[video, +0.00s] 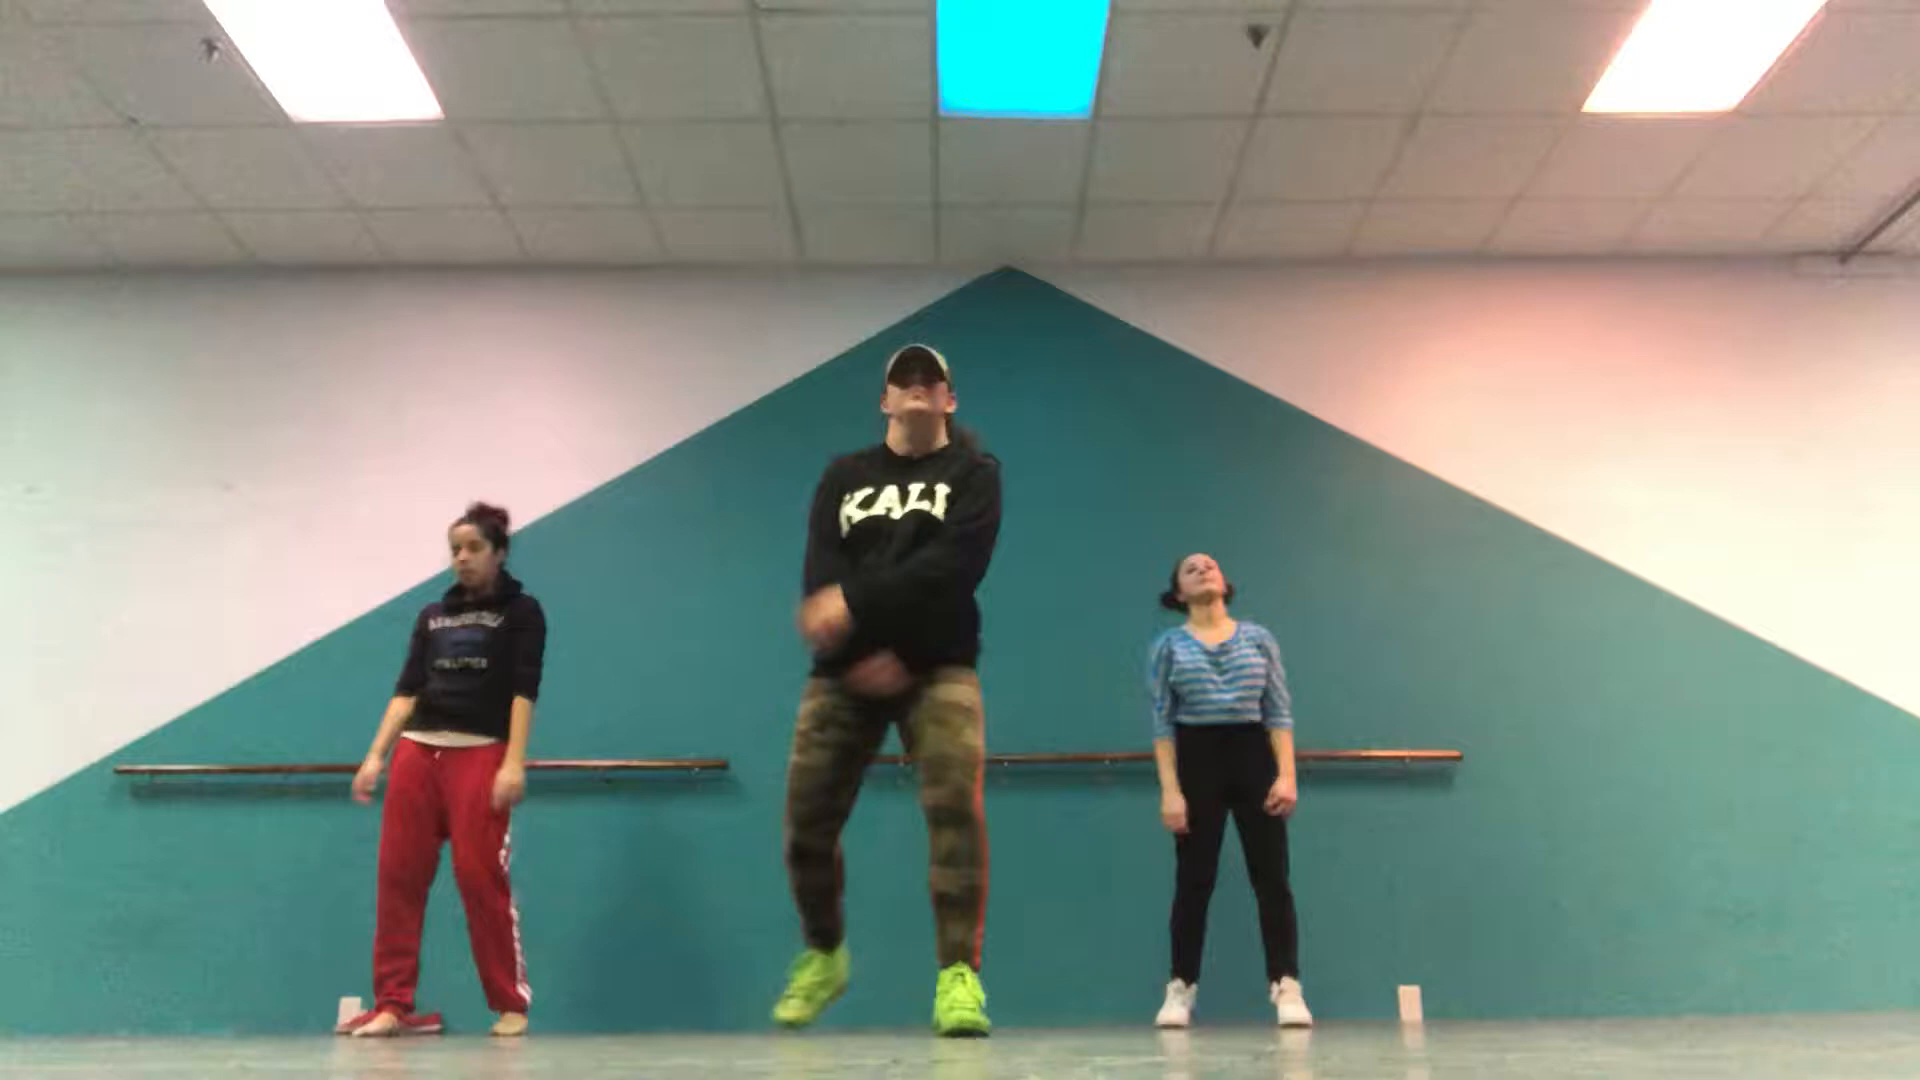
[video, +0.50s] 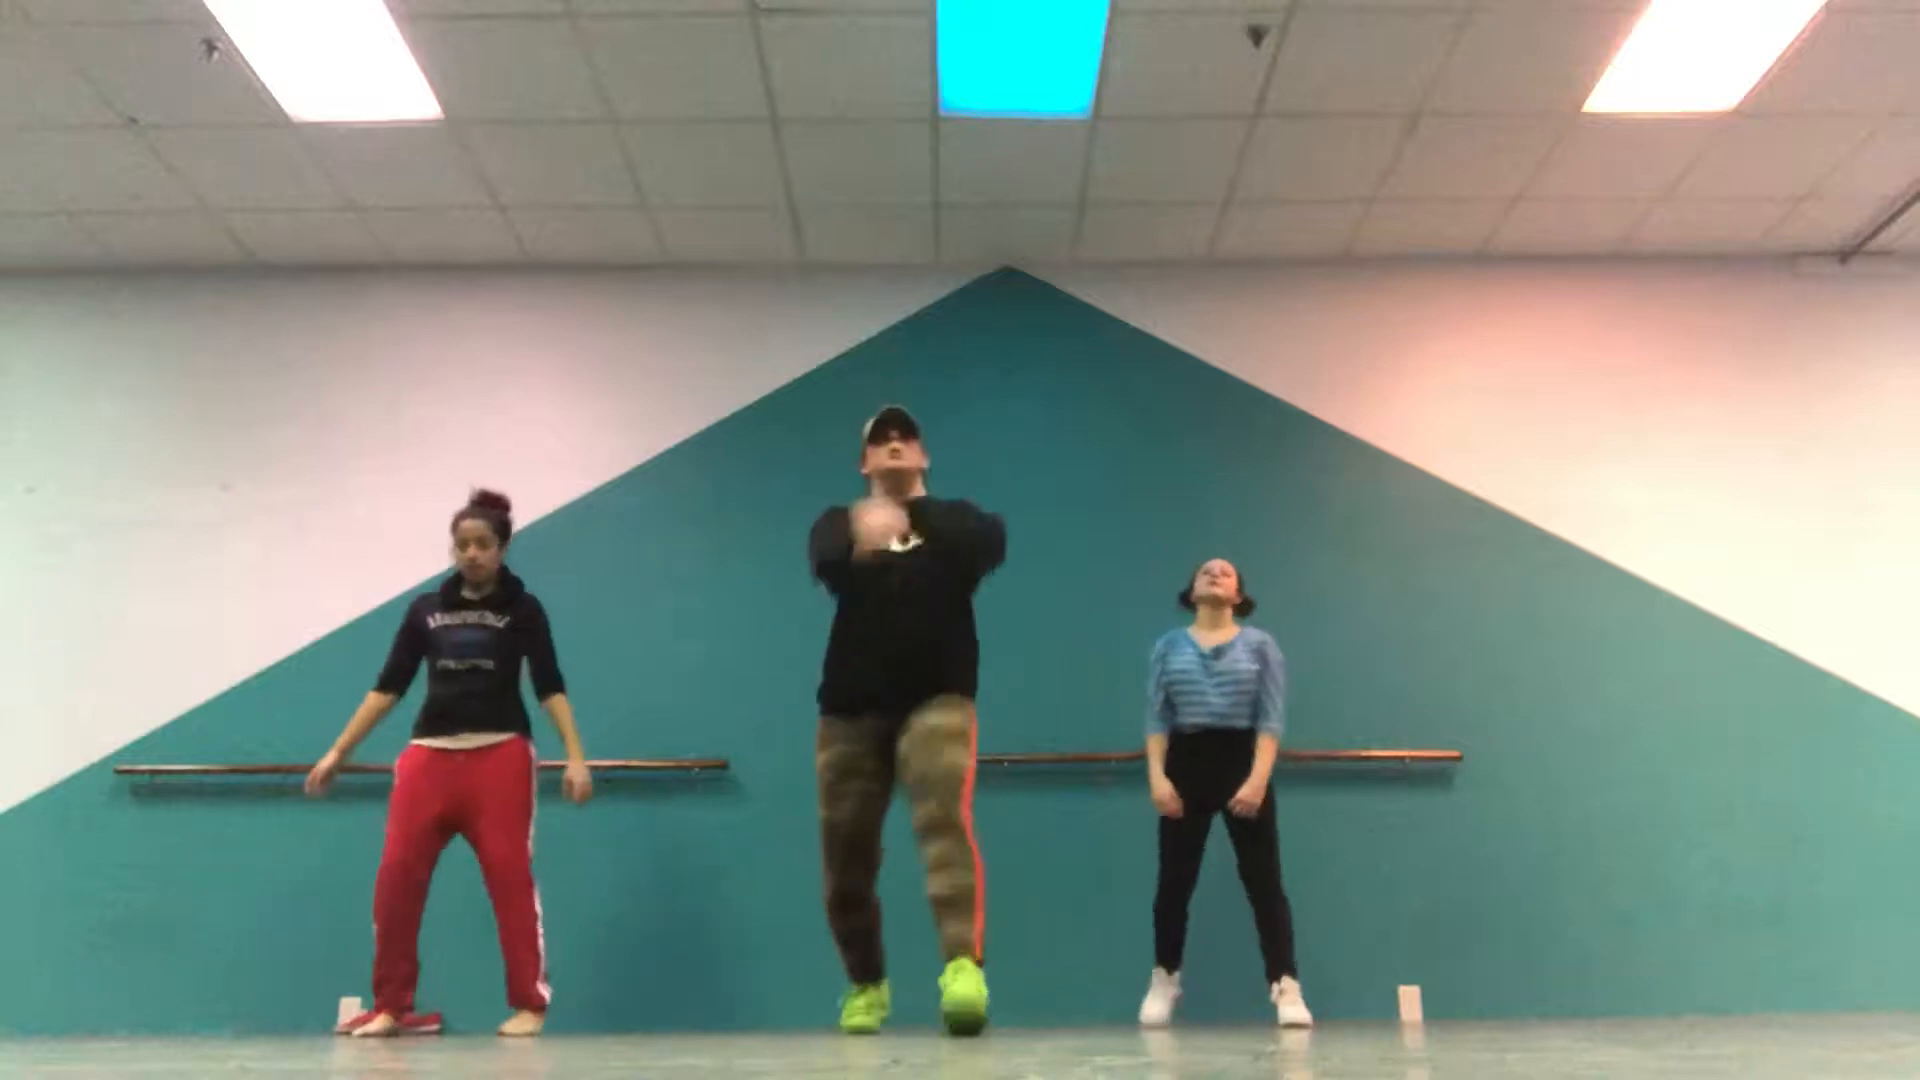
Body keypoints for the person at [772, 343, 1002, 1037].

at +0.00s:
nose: (916, 392)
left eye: (928, 383)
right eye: (904, 384)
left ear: (949, 401)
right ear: (885, 402)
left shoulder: (974, 472)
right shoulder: (843, 474)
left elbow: (955, 565)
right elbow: (822, 580)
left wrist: (852, 600)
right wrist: (855, 653)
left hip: (941, 663)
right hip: (850, 661)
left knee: (953, 805)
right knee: (808, 806)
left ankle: (959, 970)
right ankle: (823, 954)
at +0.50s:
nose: (895, 447)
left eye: (905, 440)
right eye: (883, 442)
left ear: (924, 458)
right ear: (865, 464)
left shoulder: (953, 514)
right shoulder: (843, 520)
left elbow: (988, 543)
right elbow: (824, 552)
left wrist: (913, 515)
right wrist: (861, 532)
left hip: (937, 691)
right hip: (853, 696)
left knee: (942, 821)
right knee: (845, 842)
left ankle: (962, 964)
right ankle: (865, 983)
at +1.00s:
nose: (901, 461)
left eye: (912, 454)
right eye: (890, 455)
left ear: (930, 473)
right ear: (873, 475)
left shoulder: (961, 537)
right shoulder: (839, 533)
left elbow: (1015, 605)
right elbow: (777, 594)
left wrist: (1070, 662)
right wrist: (718, 649)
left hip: (938, 709)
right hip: (858, 707)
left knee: (936, 849)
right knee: (862, 846)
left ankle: (931, 972)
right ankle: (867, 983)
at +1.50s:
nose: (919, 468)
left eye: (930, 460)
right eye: (909, 461)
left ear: (948, 475)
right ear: (895, 476)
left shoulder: (972, 529)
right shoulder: (871, 528)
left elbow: (958, 565)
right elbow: (850, 574)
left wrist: (869, 538)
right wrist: (898, 561)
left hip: (948, 699)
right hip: (876, 698)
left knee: (938, 830)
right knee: (869, 833)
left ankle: (939, 963)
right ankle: (882, 952)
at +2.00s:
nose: (929, 466)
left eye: (940, 460)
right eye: (919, 458)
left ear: (954, 475)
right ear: (900, 472)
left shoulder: (976, 534)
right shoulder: (862, 532)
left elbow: (984, 604)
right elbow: (821, 610)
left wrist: (971, 663)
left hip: (940, 699)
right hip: (862, 703)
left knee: (935, 833)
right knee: (864, 842)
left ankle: (933, 972)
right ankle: (903, 941)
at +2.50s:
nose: (931, 537)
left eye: (941, 526)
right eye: (920, 522)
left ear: (950, 533)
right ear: (891, 523)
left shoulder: (923, 601)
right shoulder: (854, 575)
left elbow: (887, 674)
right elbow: (836, 657)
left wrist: (858, 746)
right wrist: (825, 743)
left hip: (844, 754)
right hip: (767, 743)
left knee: (934, 834)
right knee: (683, 862)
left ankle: (924, 989)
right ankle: (573, 989)